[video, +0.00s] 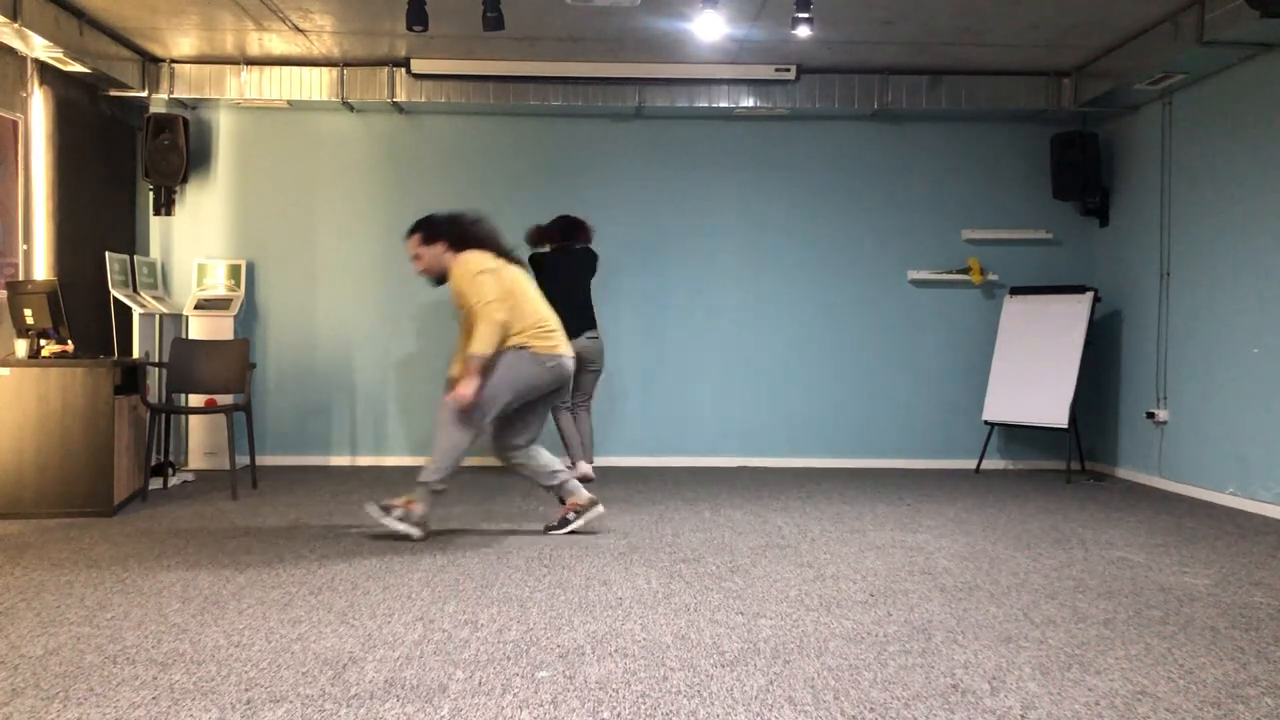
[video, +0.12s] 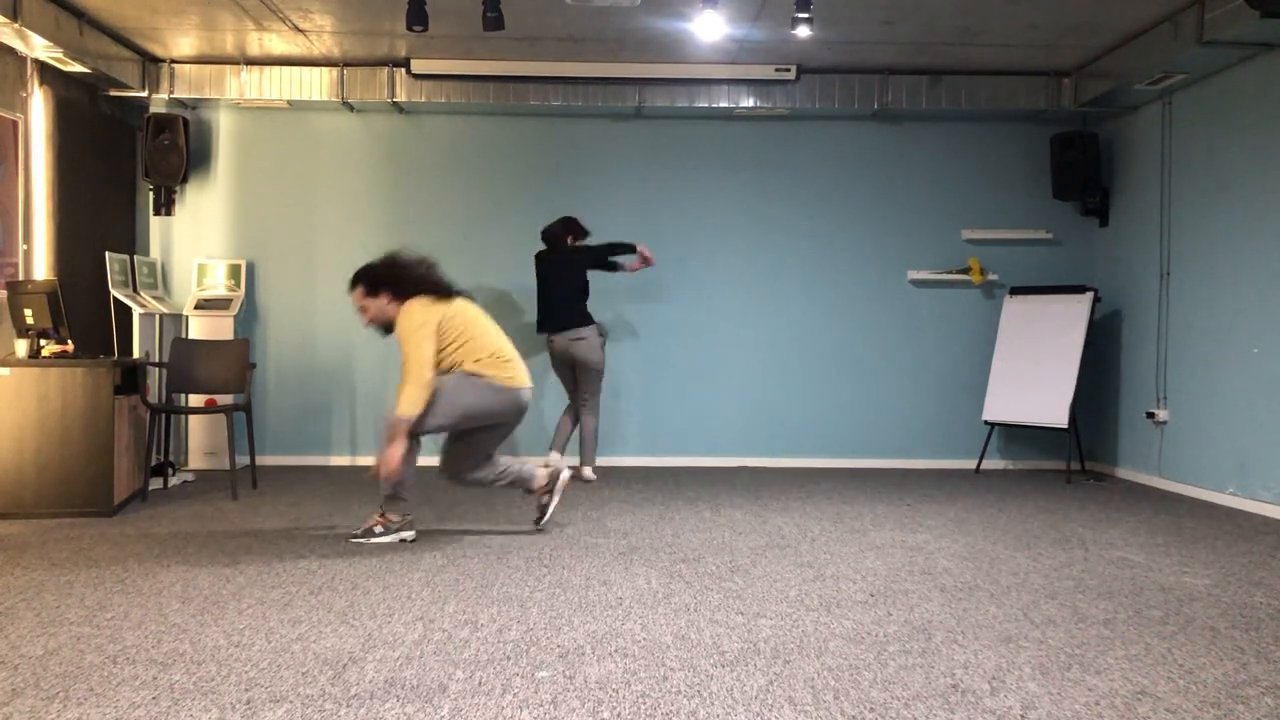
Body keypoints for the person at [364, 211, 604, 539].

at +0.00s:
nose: (416, 268)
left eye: (418, 257)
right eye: (413, 260)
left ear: (443, 246)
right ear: (442, 248)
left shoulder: (468, 264)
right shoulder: (480, 267)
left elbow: (491, 313)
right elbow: (469, 333)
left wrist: (471, 374)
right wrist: (457, 379)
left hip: (535, 354)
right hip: (554, 358)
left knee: (462, 409)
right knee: (512, 444)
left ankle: (417, 507)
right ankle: (579, 500)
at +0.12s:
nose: (364, 319)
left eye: (364, 308)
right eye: (360, 312)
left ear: (386, 296)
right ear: (387, 298)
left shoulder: (415, 312)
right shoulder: (437, 307)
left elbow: (418, 377)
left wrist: (399, 437)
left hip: (491, 385)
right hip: (513, 391)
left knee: (402, 421)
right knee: (460, 467)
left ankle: (394, 516)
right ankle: (544, 478)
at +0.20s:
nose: (343, 348)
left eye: (342, 337)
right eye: (339, 340)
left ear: (361, 323)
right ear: (359, 324)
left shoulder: (393, 337)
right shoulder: (409, 329)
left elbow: (387, 401)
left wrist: (366, 465)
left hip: (481, 396)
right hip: (498, 400)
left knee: (390, 423)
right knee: (448, 480)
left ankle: (393, 516)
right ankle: (532, 486)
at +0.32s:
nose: (308, 389)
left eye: (307, 380)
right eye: (304, 383)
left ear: (325, 366)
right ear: (328, 365)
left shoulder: (360, 375)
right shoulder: (369, 366)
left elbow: (346, 436)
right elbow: (360, 443)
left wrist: (320, 501)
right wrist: (345, 502)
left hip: (458, 404)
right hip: (475, 408)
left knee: (365, 430)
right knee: (450, 501)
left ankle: (393, 517)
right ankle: (536, 489)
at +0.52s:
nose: (284, 411)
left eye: (279, 404)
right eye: (277, 405)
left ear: (288, 387)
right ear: (297, 371)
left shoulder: (325, 375)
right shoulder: (342, 363)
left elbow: (326, 440)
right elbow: (352, 441)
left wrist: (310, 510)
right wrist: (343, 504)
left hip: (433, 389)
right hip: (450, 388)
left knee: (346, 435)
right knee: (453, 485)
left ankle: (392, 516)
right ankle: (539, 488)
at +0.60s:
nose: (286, 418)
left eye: (277, 411)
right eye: (276, 413)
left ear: (283, 391)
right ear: (290, 376)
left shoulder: (319, 376)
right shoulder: (337, 361)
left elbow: (321, 441)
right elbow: (351, 439)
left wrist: (311, 511)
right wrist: (343, 503)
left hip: (427, 376)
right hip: (448, 372)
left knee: (348, 434)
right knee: (462, 467)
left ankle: (393, 514)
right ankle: (550, 487)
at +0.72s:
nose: (282, 419)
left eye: (273, 412)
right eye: (273, 414)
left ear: (277, 392)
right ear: (285, 376)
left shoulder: (312, 369)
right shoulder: (327, 357)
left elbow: (318, 438)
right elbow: (347, 436)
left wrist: (310, 510)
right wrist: (341, 501)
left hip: (421, 362)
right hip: (443, 357)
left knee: (349, 432)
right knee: (479, 441)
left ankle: (392, 514)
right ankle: (562, 483)